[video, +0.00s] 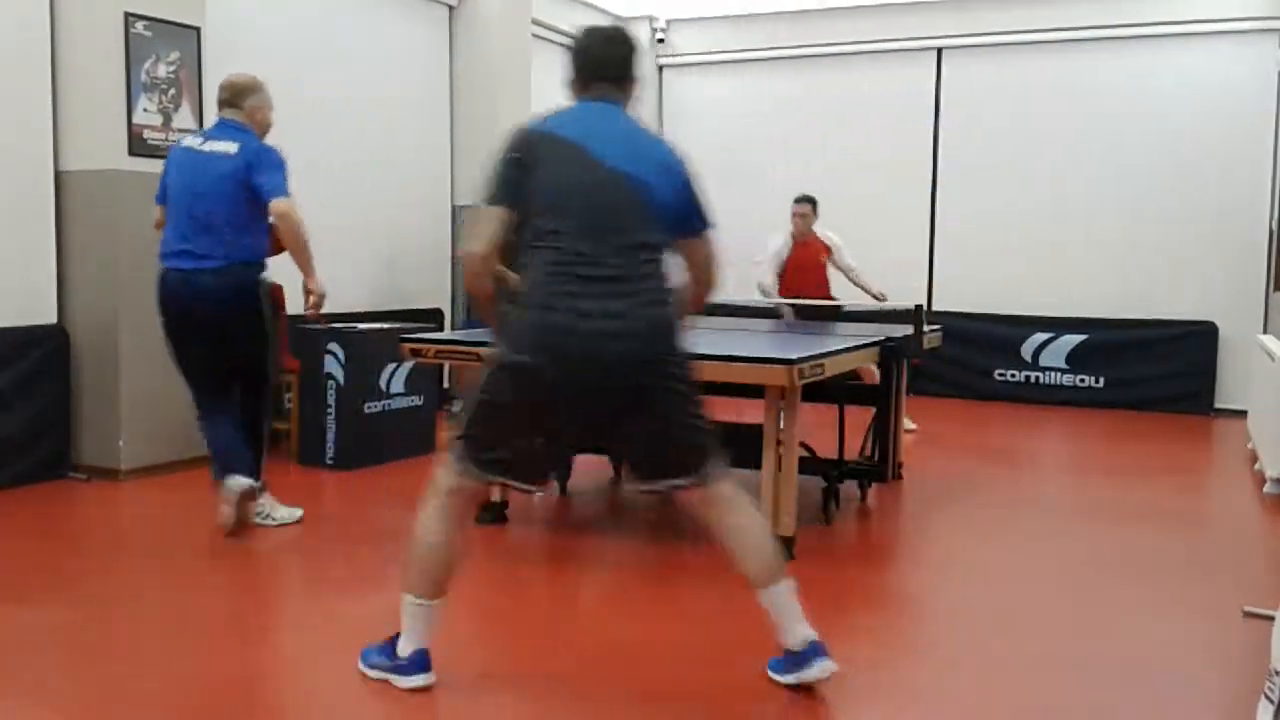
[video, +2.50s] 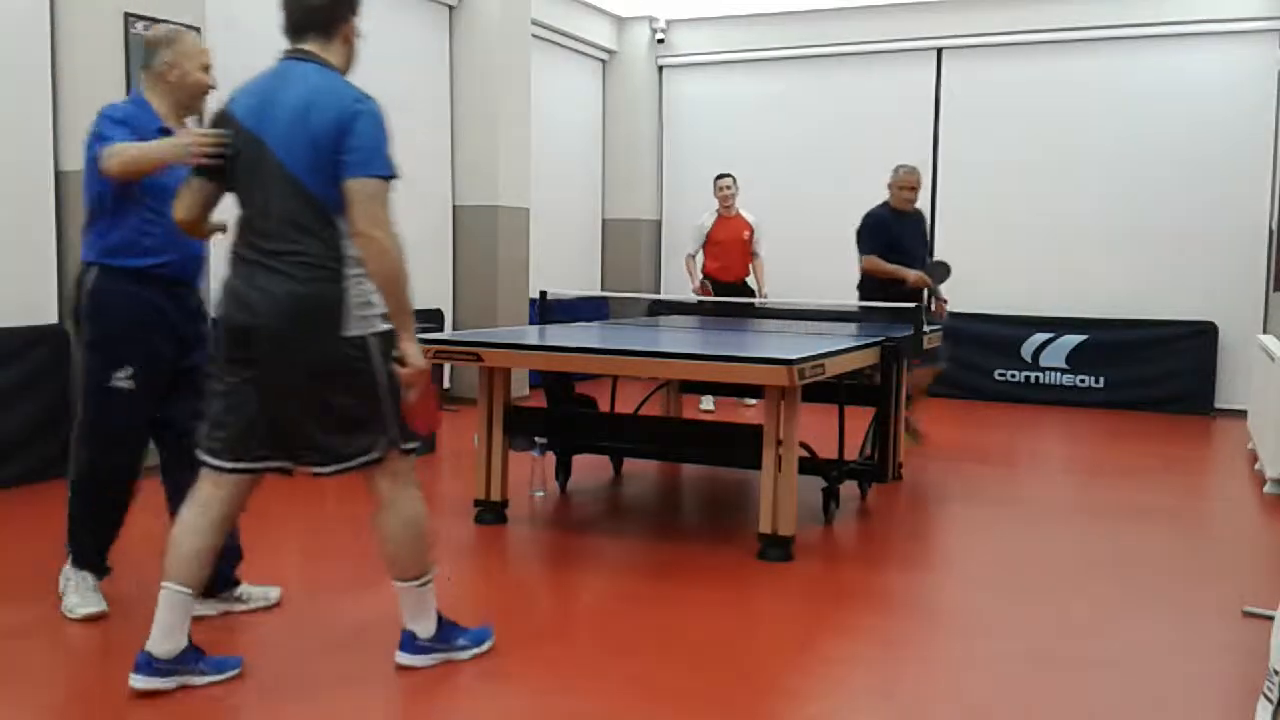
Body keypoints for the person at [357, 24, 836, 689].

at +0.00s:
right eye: (625, 77)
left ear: (571, 78)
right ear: (631, 82)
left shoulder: (534, 142)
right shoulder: (658, 155)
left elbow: (478, 262)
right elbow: (704, 277)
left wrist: (513, 325)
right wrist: (659, 322)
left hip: (543, 359)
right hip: (642, 360)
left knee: (453, 484)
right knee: (716, 488)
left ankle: (410, 649)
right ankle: (801, 640)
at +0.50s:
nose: (385, 100)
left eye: (383, 89)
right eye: (385, 89)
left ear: (319, 79)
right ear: (373, 88)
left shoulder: (251, 131)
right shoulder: (378, 155)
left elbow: (203, 252)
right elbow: (396, 297)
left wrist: (225, 324)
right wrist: (417, 384)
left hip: (214, 331)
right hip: (312, 340)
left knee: (174, 487)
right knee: (400, 488)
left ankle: (124, 656)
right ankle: (464, 661)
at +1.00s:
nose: (209, 14)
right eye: (208, 7)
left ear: (130, 8)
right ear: (197, 7)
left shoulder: (88, 74)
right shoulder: (210, 79)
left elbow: (49, 204)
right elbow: (246, 218)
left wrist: (33, 307)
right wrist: (281, 315)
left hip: (70, 302)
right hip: (143, 311)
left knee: (102, 490)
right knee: (95, 500)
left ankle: (121, 657)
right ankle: (29, 699)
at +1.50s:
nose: (160, 2)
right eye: (157, 0)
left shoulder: (34, 57)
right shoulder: (137, 66)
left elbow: (22, 196)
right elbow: (149, 218)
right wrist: (192, 328)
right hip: (78, 313)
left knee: (141, 469)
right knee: (49, 518)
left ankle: (128, 644)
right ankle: (22, 704)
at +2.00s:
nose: (227, 20)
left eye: (221, 13)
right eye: (226, 12)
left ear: (153, 9)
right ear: (214, 9)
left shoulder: (112, 75)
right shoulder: (205, 80)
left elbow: (80, 207)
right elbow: (216, 209)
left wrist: (89, 289)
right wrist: (258, 320)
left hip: (128, 310)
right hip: (184, 314)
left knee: (169, 483)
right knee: (222, 483)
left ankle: (164, 654)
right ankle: (79, 655)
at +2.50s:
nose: (359, 39)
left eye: (354, 28)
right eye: (357, 28)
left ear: (289, 30)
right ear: (347, 29)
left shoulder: (241, 102)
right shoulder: (352, 108)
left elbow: (189, 213)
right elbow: (370, 232)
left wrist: (236, 223)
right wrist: (407, 333)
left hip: (245, 328)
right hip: (331, 329)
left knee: (218, 482)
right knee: (393, 474)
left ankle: (164, 649)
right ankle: (423, 629)